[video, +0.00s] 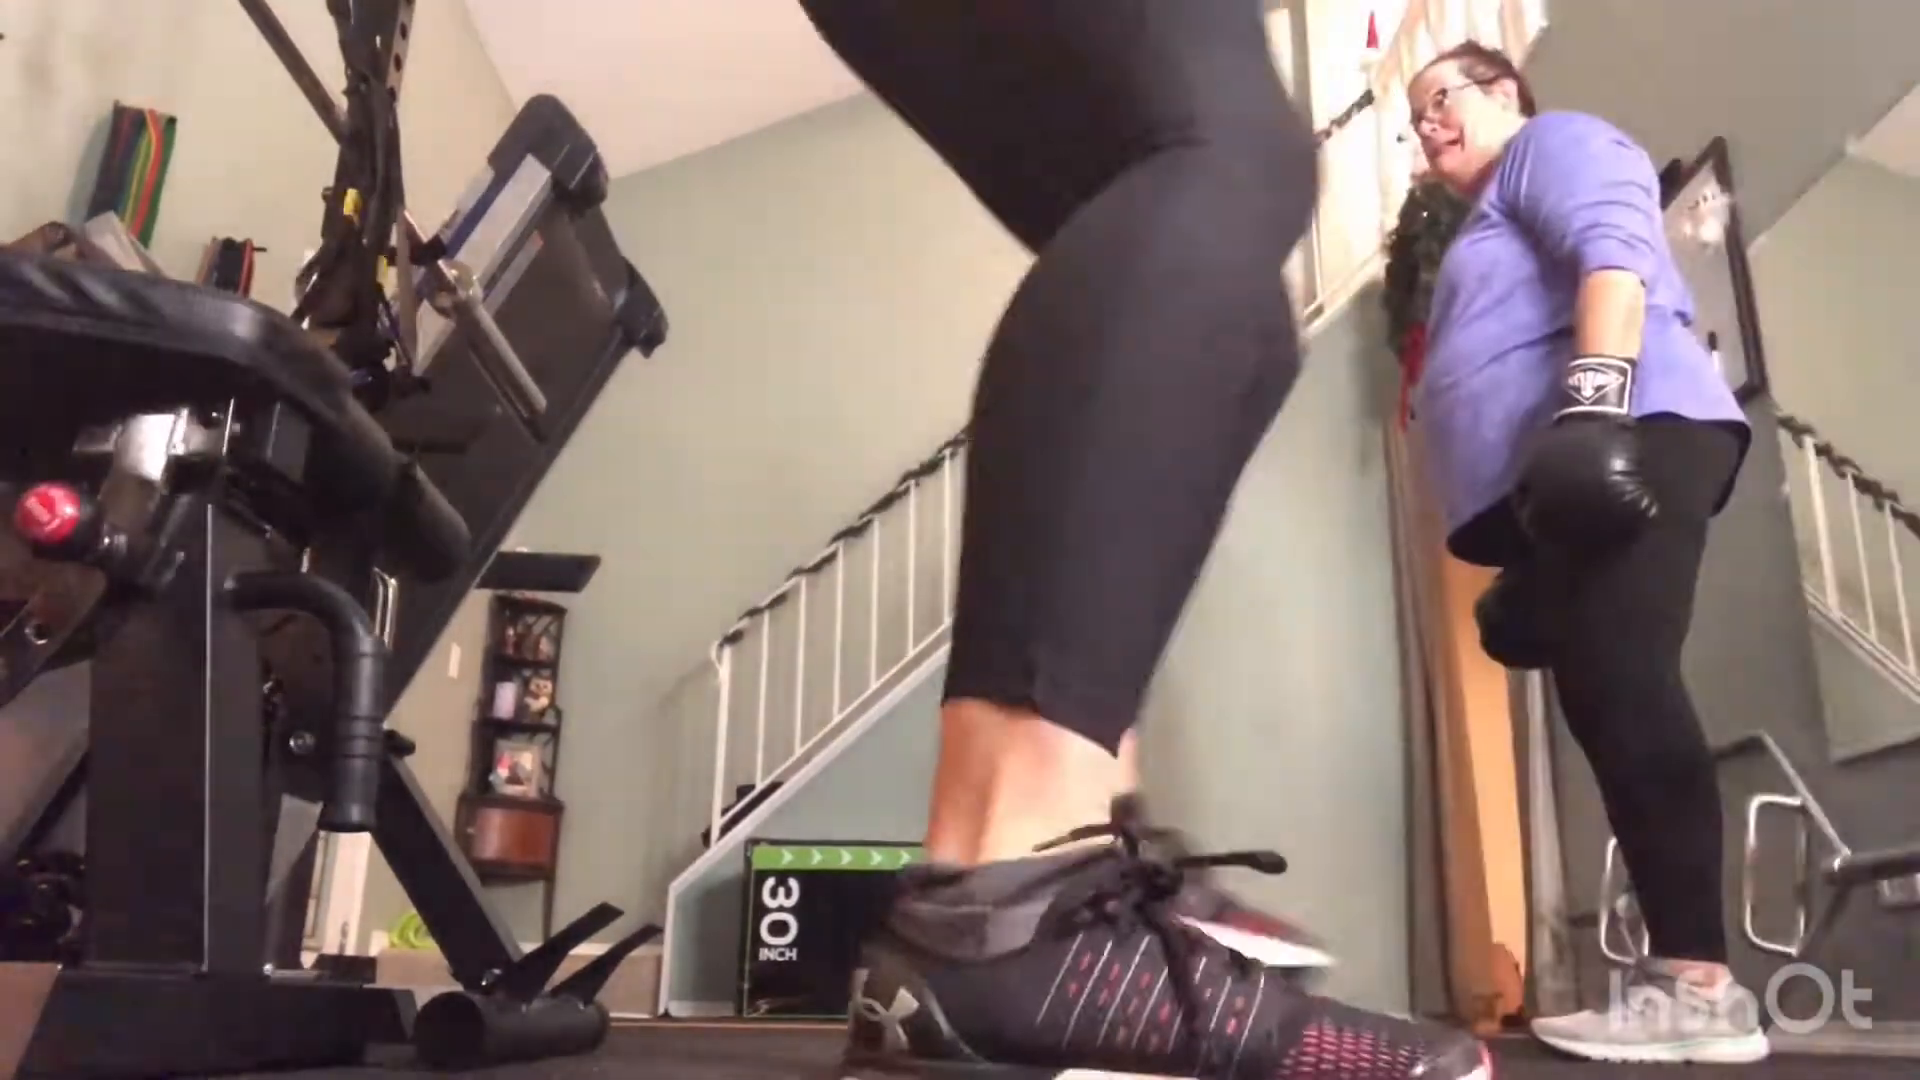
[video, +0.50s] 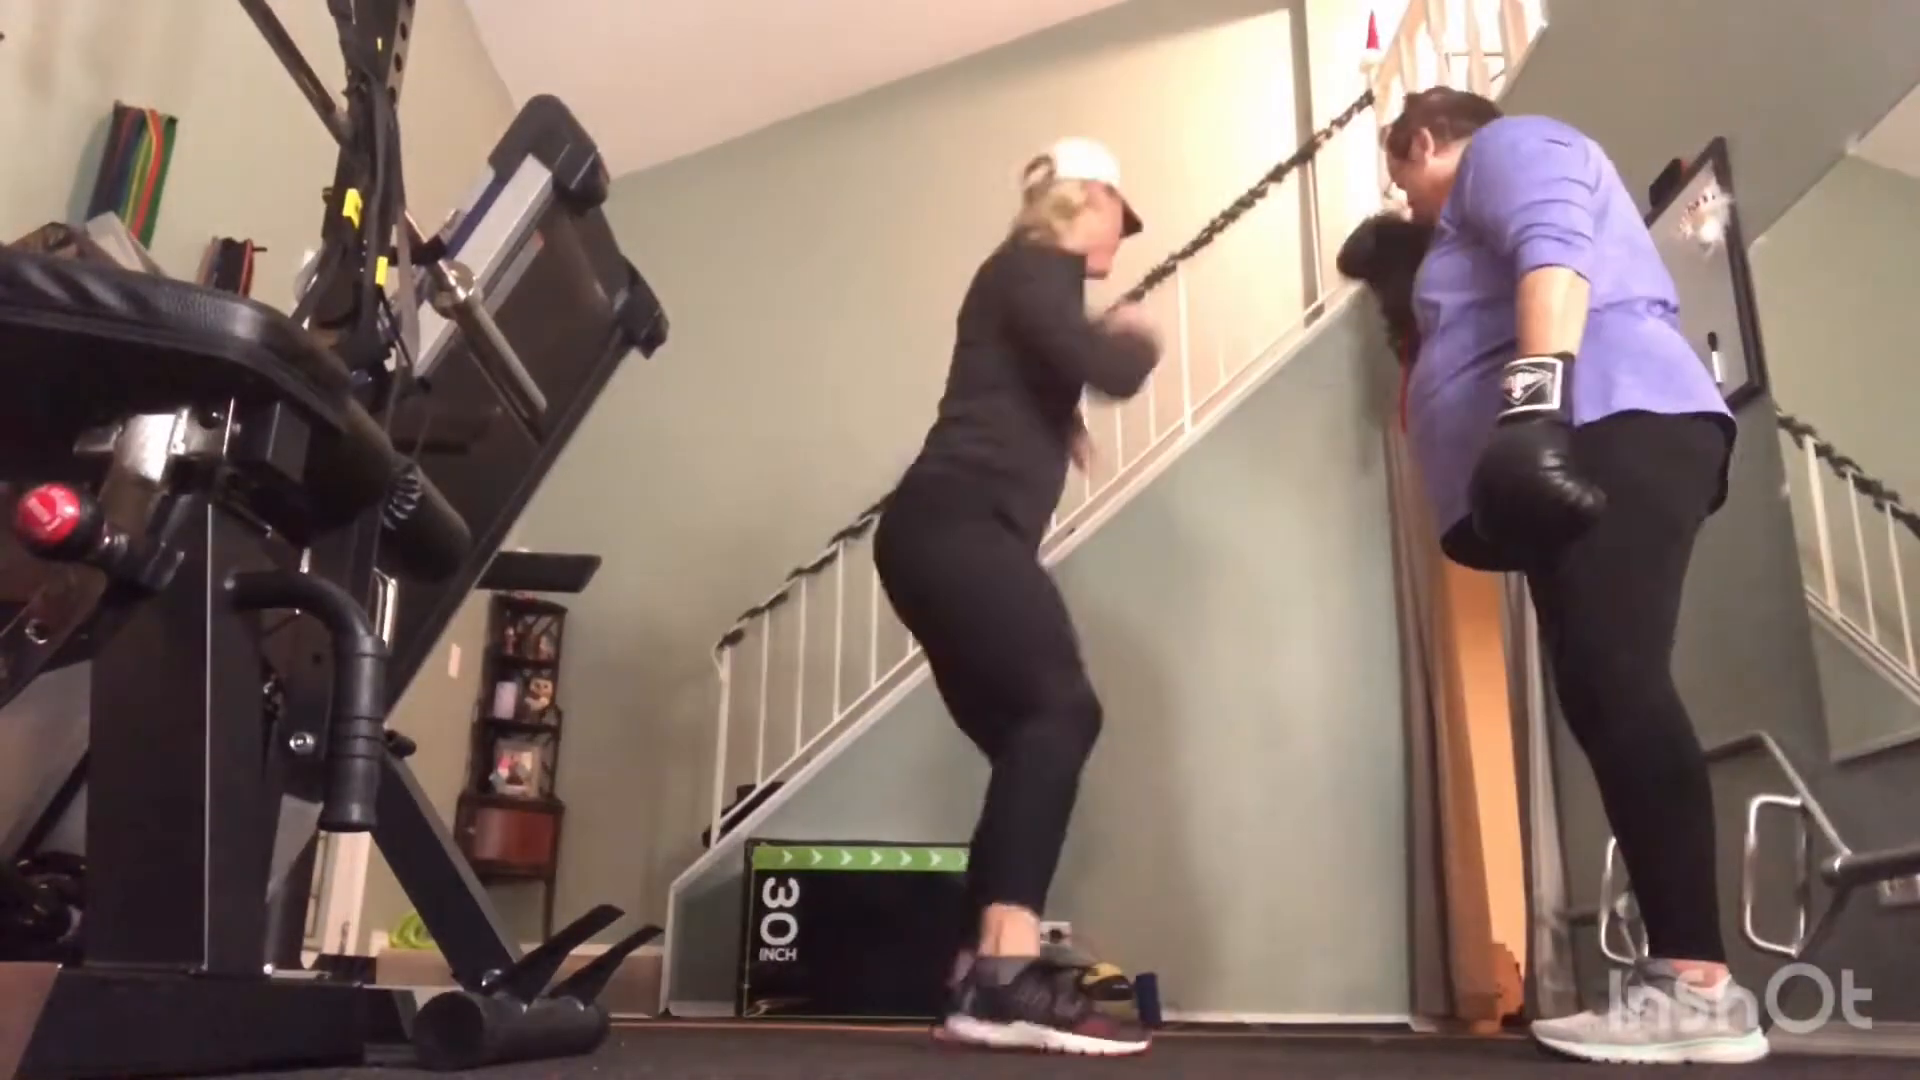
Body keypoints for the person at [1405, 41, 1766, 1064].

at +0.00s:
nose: (1428, 126)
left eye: (1442, 102)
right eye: (1417, 121)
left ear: (1506, 93)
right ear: (1429, 146)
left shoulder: (1555, 141)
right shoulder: (1479, 234)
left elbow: (1612, 253)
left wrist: (1593, 406)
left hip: (1639, 429)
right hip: (1574, 469)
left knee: (1622, 680)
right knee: (1604, 702)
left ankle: (1699, 983)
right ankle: (1682, 978)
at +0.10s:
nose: (1428, 125)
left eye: (1443, 103)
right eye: (1416, 120)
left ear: (1505, 96)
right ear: (1427, 147)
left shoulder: (1556, 142)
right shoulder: (1474, 238)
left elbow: (1612, 256)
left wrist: (1594, 408)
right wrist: (1523, 561)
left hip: (1638, 429)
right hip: (1571, 471)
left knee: (1621, 678)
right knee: (1603, 701)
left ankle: (1697, 984)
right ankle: (1683, 980)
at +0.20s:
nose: (1428, 125)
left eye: (1444, 104)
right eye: (1419, 118)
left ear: (1507, 97)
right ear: (1431, 140)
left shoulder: (1553, 142)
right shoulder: (1469, 237)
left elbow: (1602, 257)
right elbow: (1489, 392)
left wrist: (1586, 409)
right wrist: (1514, 559)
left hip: (1635, 427)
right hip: (1565, 471)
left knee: (1620, 676)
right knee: (1600, 703)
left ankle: (1697, 984)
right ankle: (1683, 978)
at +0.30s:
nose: (1415, 142)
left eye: (1425, 119)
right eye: (1407, 134)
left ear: (1489, 100)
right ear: (1426, 148)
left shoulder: (1544, 142)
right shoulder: (1468, 239)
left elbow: (1593, 259)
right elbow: (1501, 397)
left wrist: (1571, 410)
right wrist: (1521, 563)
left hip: (1636, 426)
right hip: (1573, 464)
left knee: (1621, 681)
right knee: (1600, 702)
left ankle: (1698, 985)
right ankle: (1682, 979)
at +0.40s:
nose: (1404, 161)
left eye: (1409, 137)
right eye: (1402, 145)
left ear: (1454, 111)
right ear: (1452, 120)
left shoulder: (1538, 142)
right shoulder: (1466, 246)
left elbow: (1587, 258)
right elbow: (1474, 394)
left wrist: (1565, 408)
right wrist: (1472, 535)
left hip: (1626, 424)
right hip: (1572, 455)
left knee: (1617, 689)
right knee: (1600, 705)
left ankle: (1697, 985)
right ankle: (1683, 979)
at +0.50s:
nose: (1396, 191)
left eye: (1396, 169)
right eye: (1391, 178)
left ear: (1430, 137)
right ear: (1444, 137)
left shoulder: (1507, 143)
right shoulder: (1464, 242)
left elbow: (1553, 249)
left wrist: (1531, 404)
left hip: (1621, 420)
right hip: (1588, 443)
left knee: (1620, 690)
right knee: (1600, 698)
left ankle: (1696, 984)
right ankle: (1678, 976)